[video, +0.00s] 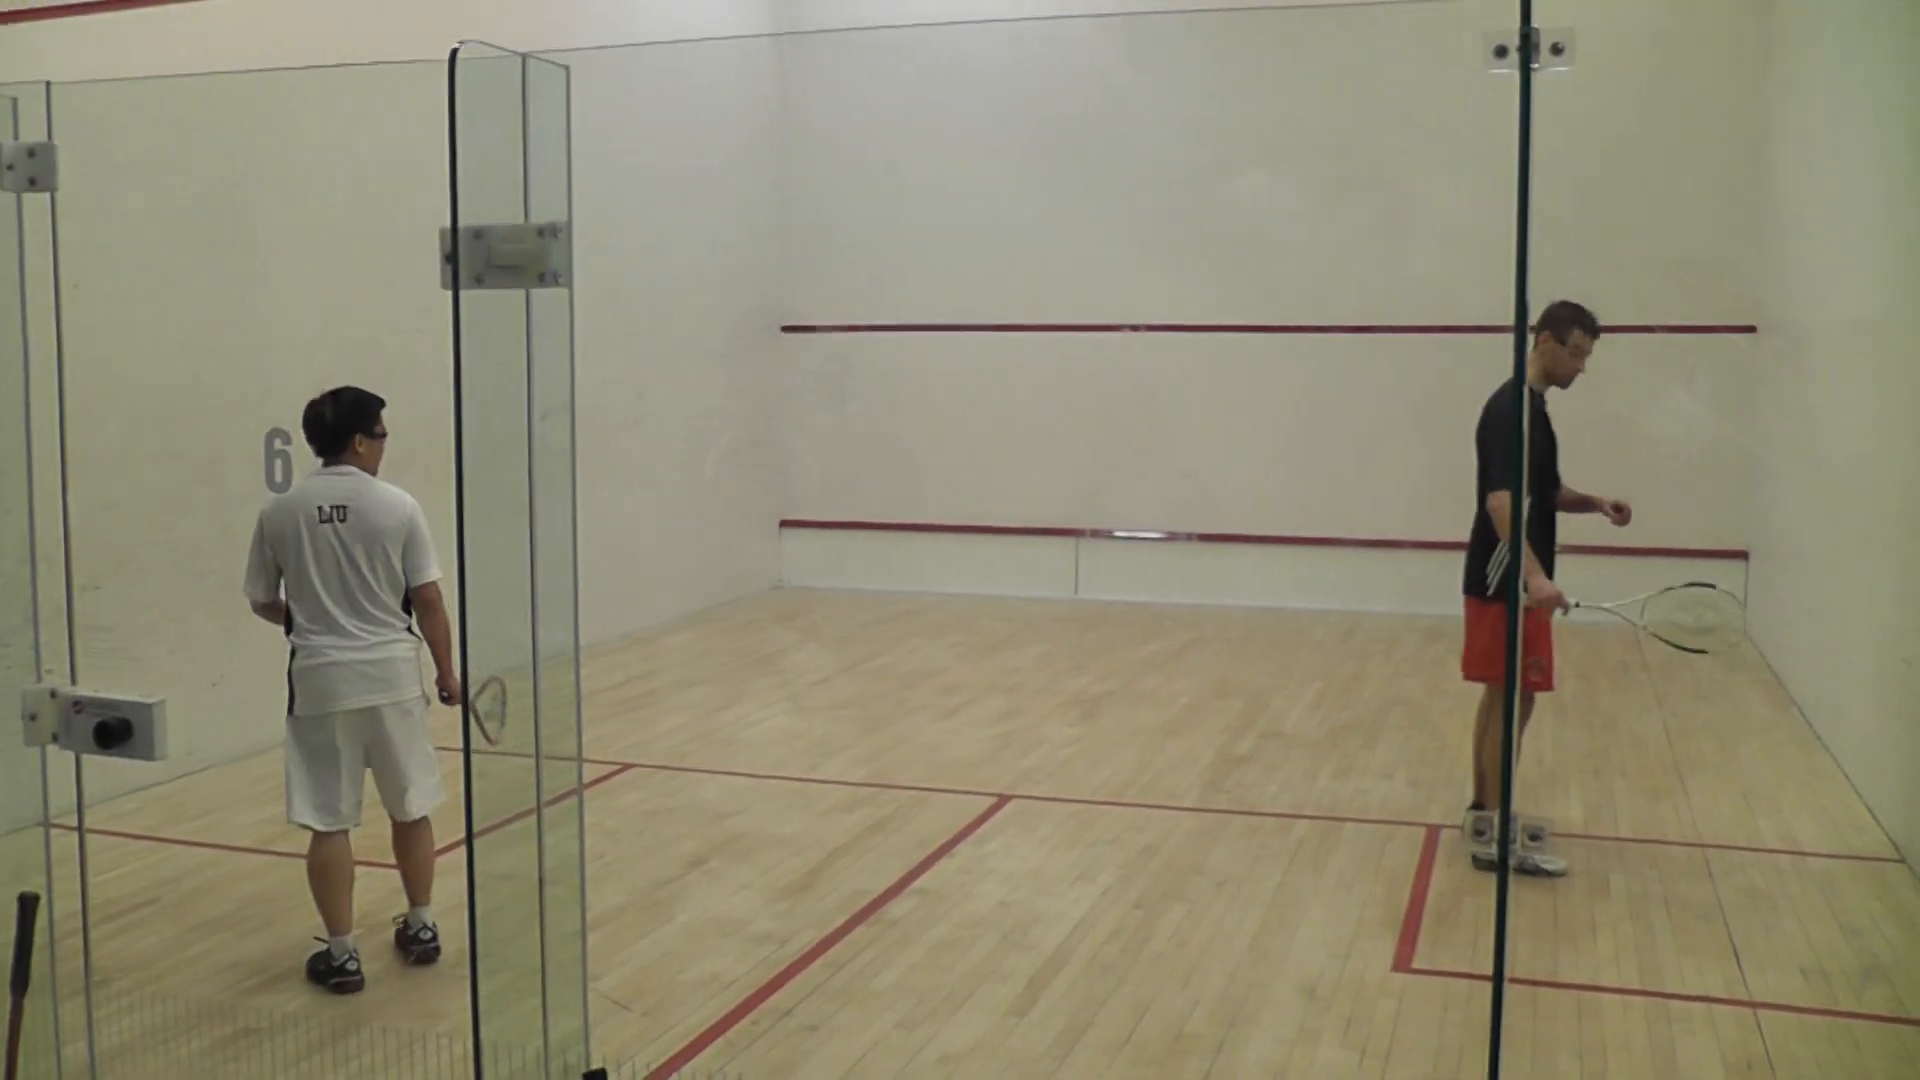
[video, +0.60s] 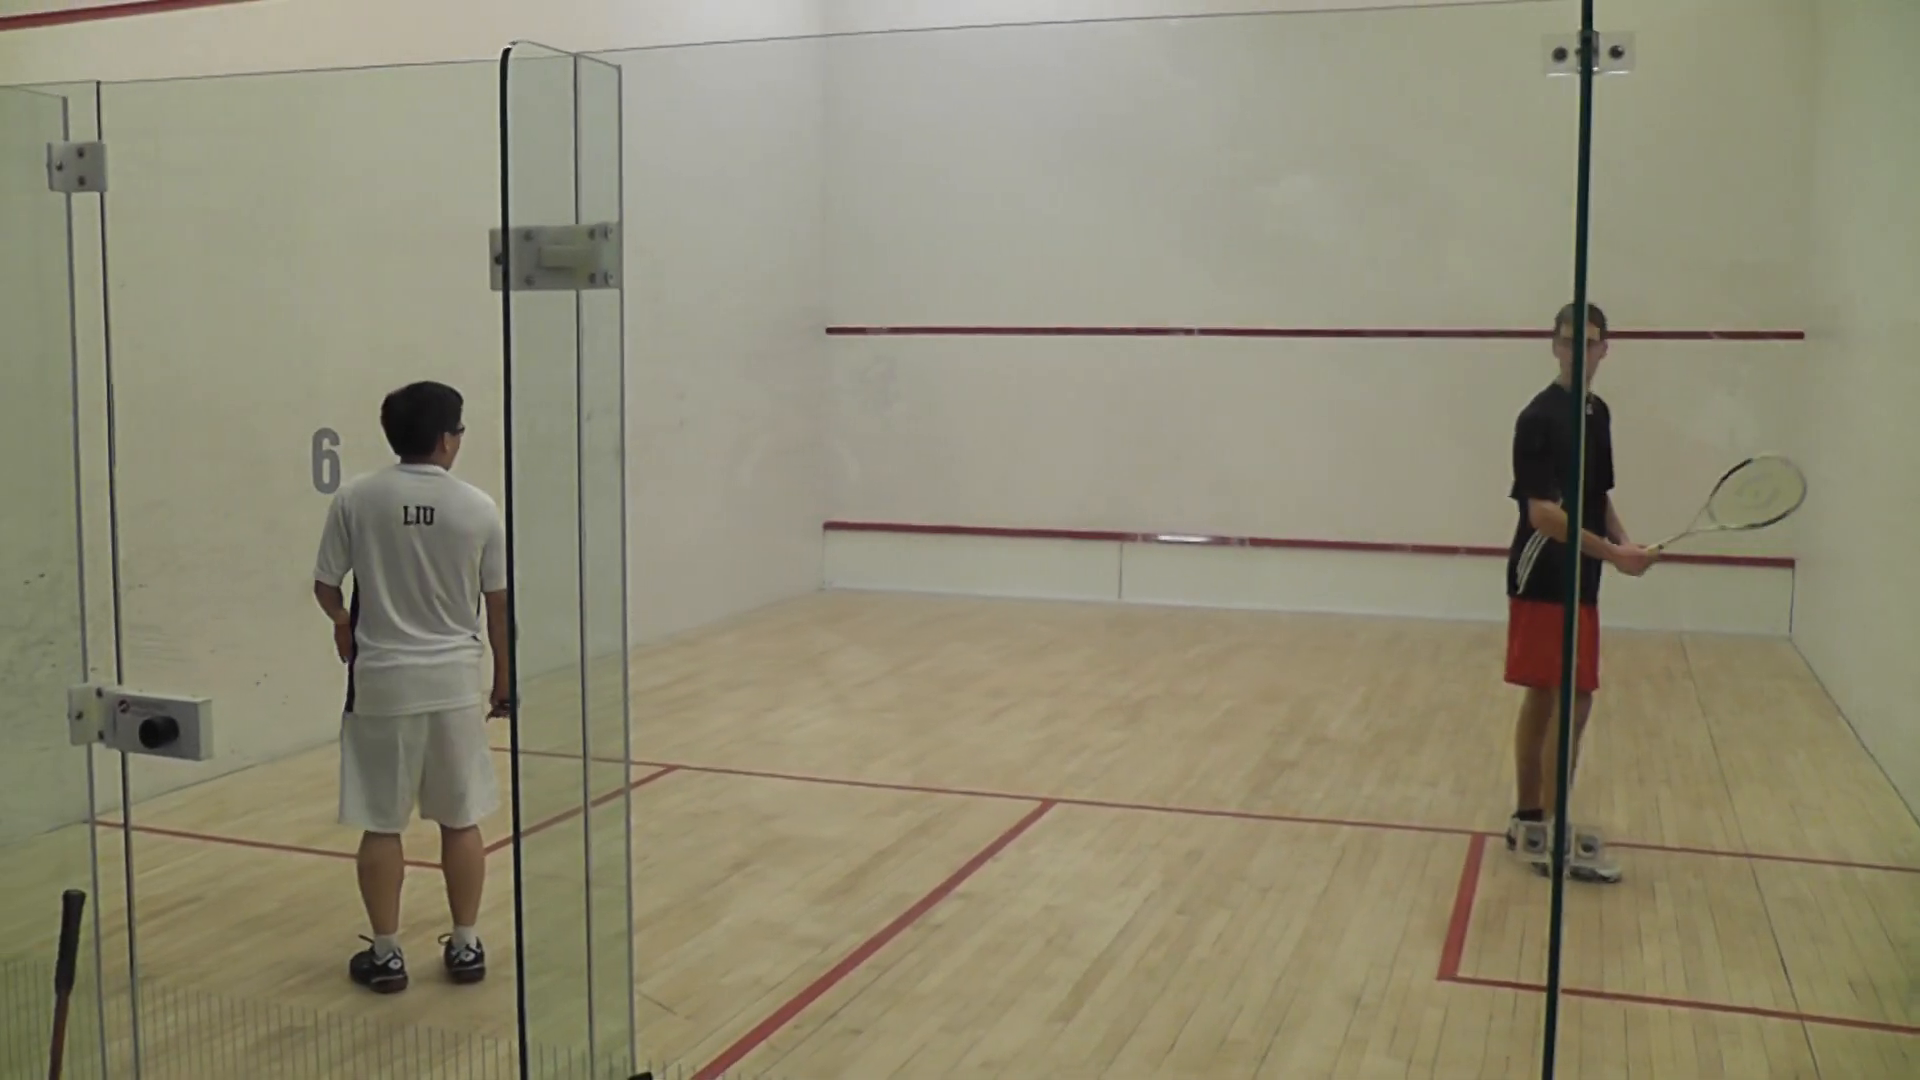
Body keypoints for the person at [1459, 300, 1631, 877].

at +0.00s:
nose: (1583, 367)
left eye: (1586, 356)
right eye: (1579, 354)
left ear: (1554, 348)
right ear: (1547, 343)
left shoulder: (1533, 407)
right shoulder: (1510, 408)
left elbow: (1544, 493)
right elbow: (1500, 504)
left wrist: (1597, 503)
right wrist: (1534, 573)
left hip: (1516, 584)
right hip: (1504, 585)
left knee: (1503, 697)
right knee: (1515, 702)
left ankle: (1485, 815)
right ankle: (1496, 833)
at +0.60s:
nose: (1582, 351)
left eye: (1591, 342)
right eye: (1571, 342)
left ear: (1604, 350)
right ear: (1554, 347)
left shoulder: (1596, 414)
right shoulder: (1539, 417)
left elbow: (1598, 496)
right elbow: (1540, 510)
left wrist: (1624, 545)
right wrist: (1609, 550)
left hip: (1573, 580)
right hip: (1548, 582)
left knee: (1544, 698)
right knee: (1571, 702)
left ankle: (1530, 818)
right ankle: (1549, 832)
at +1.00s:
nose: (1658, 365)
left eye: (1657, 354)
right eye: (1651, 355)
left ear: (1617, 358)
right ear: (1620, 357)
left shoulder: (1587, 414)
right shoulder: (1596, 429)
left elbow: (1599, 517)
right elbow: (1613, 537)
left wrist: (1638, 564)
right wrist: (1694, 575)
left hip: (1553, 588)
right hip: (1566, 597)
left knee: (1574, 698)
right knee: (1592, 708)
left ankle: (1556, 812)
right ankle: (1579, 844)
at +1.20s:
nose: (1655, 368)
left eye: (1653, 358)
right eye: (1651, 359)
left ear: (1615, 362)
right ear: (1629, 363)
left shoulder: (1583, 415)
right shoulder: (1598, 439)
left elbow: (1620, 502)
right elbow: (1617, 550)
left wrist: (1689, 532)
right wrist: (1697, 588)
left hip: (1531, 585)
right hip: (1555, 598)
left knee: (1544, 690)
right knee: (1591, 708)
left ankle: (1517, 788)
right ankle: (1585, 842)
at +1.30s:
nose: (1641, 363)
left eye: (1639, 352)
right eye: (1637, 353)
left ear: (1599, 359)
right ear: (1616, 360)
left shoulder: (1580, 411)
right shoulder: (1584, 430)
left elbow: (1635, 480)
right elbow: (1608, 552)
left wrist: (1716, 472)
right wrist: (1686, 580)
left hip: (1527, 585)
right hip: (1554, 598)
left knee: (1529, 690)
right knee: (1587, 709)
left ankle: (1456, 780)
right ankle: (1589, 842)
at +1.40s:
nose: (1610, 355)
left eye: (1607, 345)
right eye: (1604, 347)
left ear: (1561, 359)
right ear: (1583, 359)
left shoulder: (1559, 410)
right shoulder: (1558, 437)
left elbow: (1617, 456)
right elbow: (1575, 544)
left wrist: (1688, 434)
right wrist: (1658, 542)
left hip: (1510, 584)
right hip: (1541, 597)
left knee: (1497, 696)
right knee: (1577, 707)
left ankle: (1395, 778)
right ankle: (1581, 838)